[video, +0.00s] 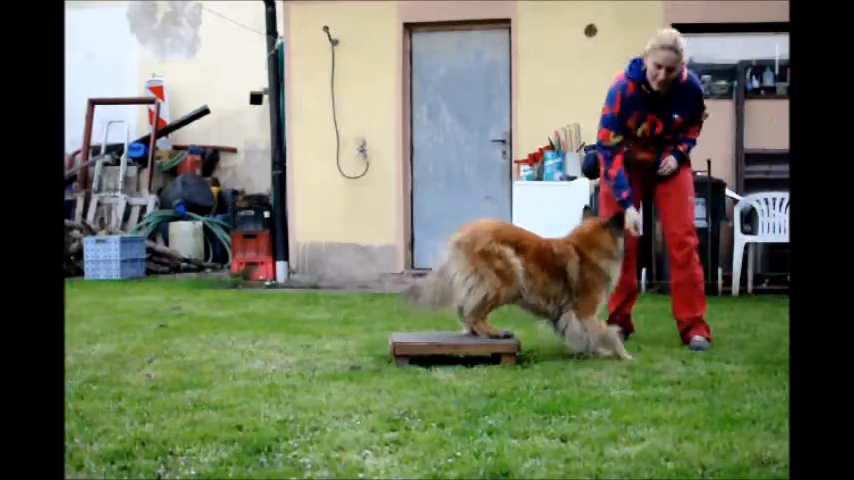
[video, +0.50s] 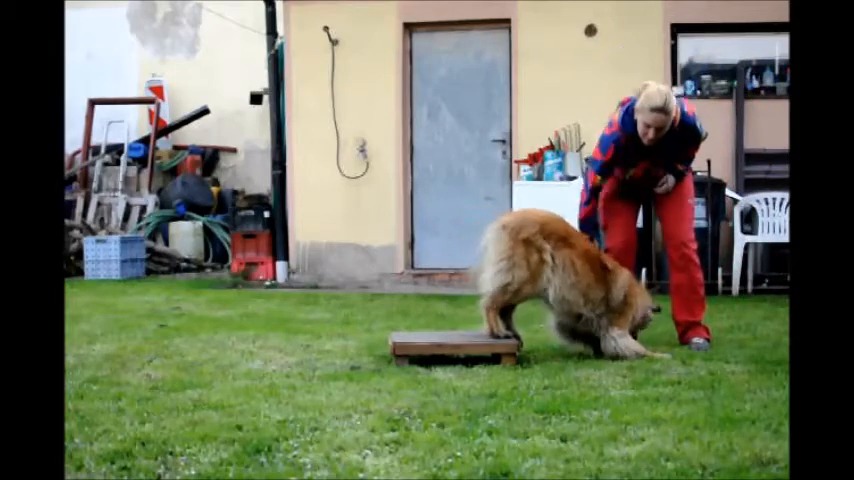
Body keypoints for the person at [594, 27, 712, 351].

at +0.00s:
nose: (662, 75)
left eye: (670, 69)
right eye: (657, 67)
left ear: (680, 66)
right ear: (645, 60)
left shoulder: (690, 88)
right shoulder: (623, 88)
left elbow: (693, 127)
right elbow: (608, 147)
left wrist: (677, 154)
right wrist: (626, 203)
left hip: (670, 166)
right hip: (624, 164)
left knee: (683, 239)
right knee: (620, 240)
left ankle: (694, 327)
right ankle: (619, 322)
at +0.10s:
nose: (659, 103)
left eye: (666, 97)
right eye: (653, 95)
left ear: (677, 93)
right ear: (642, 87)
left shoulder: (687, 108)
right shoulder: (624, 108)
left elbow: (690, 138)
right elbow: (618, 163)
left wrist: (675, 164)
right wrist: (622, 223)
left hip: (668, 170)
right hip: (624, 169)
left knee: (682, 243)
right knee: (619, 244)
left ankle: (693, 327)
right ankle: (615, 324)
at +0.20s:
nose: (654, 146)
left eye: (662, 140)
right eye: (649, 138)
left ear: (674, 131)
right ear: (638, 128)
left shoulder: (688, 131)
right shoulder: (622, 145)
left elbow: (688, 153)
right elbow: (622, 212)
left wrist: (674, 176)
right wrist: (623, 269)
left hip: (669, 176)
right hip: (622, 178)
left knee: (682, 244)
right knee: (618, 247)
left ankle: (693, 329)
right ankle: (623, 333)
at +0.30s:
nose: (652, 161)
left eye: (660, 155)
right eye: (647, 153)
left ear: (673, 145)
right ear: (637, 142)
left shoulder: (687, 137)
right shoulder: (619, 155)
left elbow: (689, 157)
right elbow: (614, 224)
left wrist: (675, 179)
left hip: (670, 180)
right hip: (624, 183)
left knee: (683, 246)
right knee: (621, 249)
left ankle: (693, 329)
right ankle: (619, 328)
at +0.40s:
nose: (651, 152)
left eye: (659, 146)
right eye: (646, 145)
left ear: (674, 136)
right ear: (637, 134)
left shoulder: (689, 135)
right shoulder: (620, 141)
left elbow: (693, 151)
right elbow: (600, 198)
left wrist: (675, 178)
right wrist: (594, 252)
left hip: (670, 182)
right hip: (625, 185)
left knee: (683, 247)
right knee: (618, 249)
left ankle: (693, 329)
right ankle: (619, 328)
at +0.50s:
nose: (650, 135)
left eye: (658, 129)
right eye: (645, 126)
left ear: (673, 118)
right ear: (636, 115)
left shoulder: (689, 126)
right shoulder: (618, 128)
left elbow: (688, 153)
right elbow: (593, 181)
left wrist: (675, 174)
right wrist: (589, 240)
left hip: (669, 177)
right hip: (623, 177)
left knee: (682, 245)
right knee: (618, 246)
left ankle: (693, 330)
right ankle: (619, 328)